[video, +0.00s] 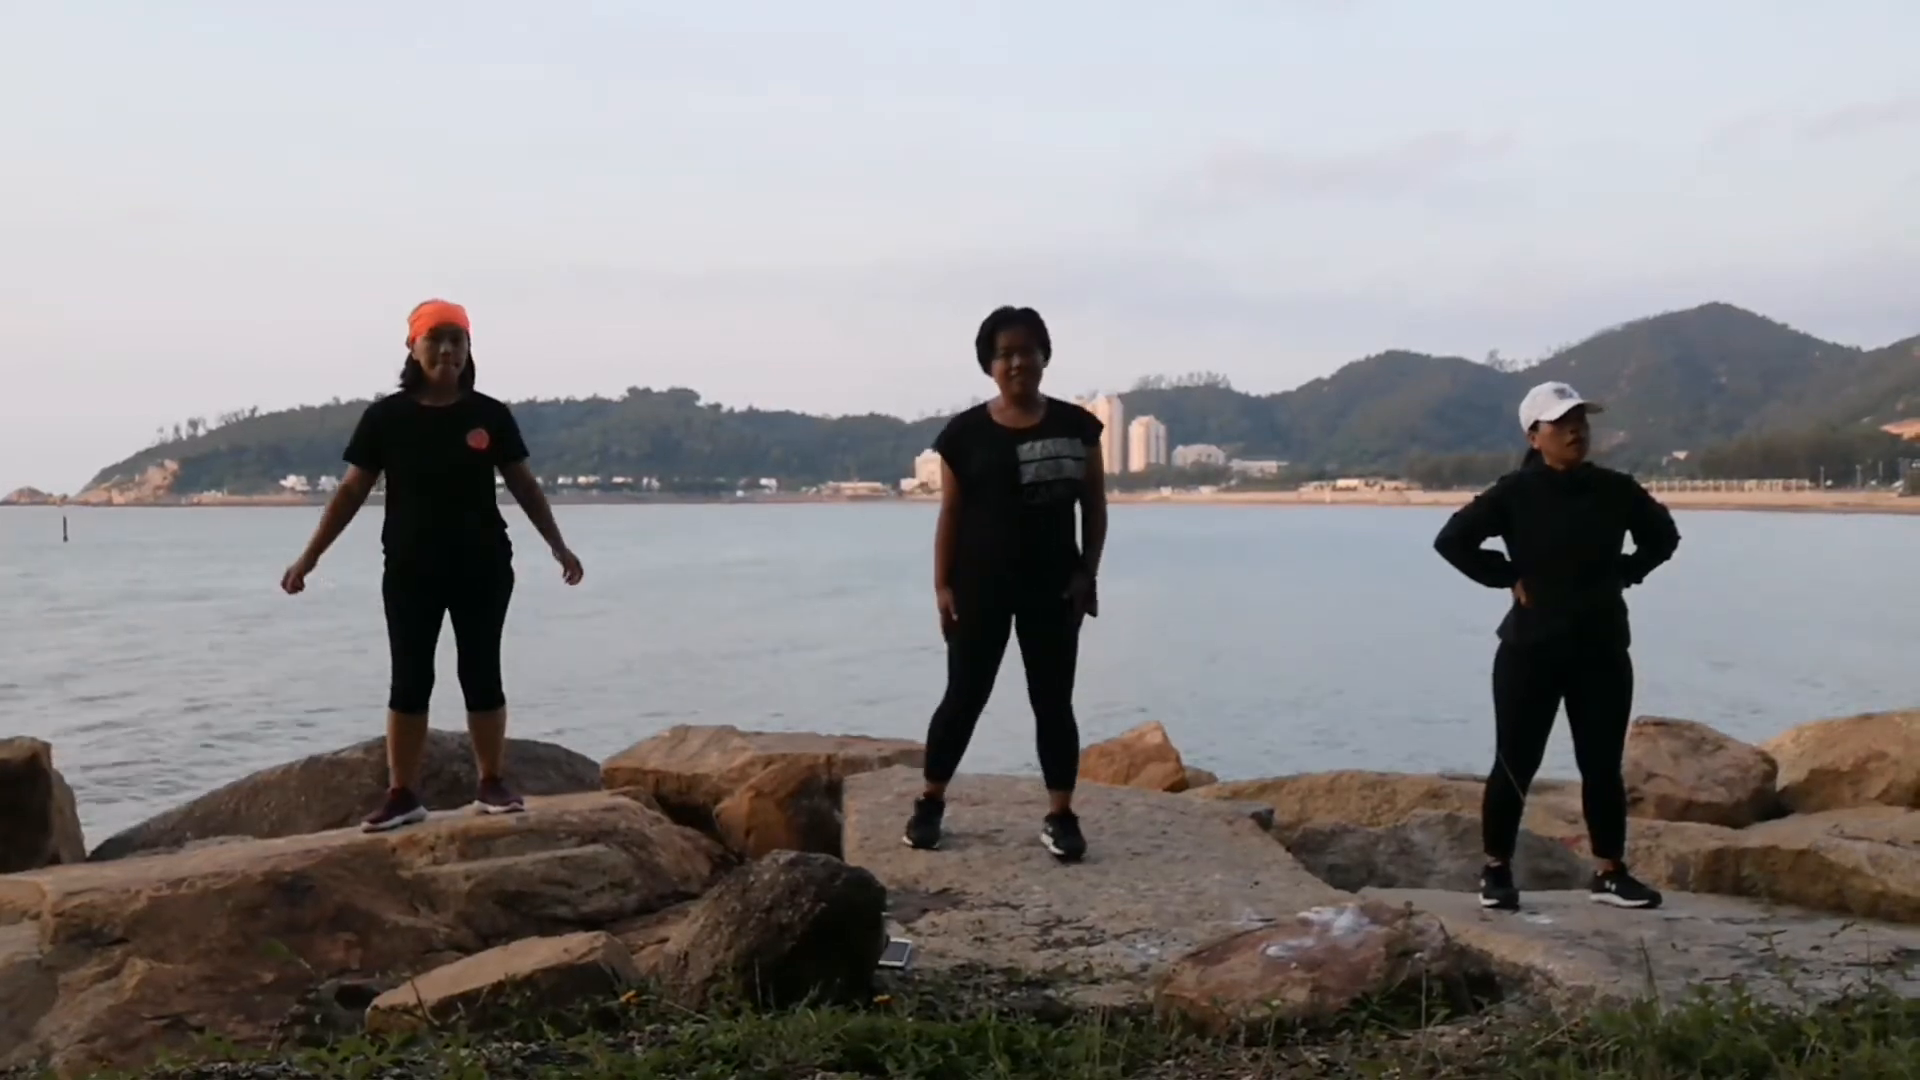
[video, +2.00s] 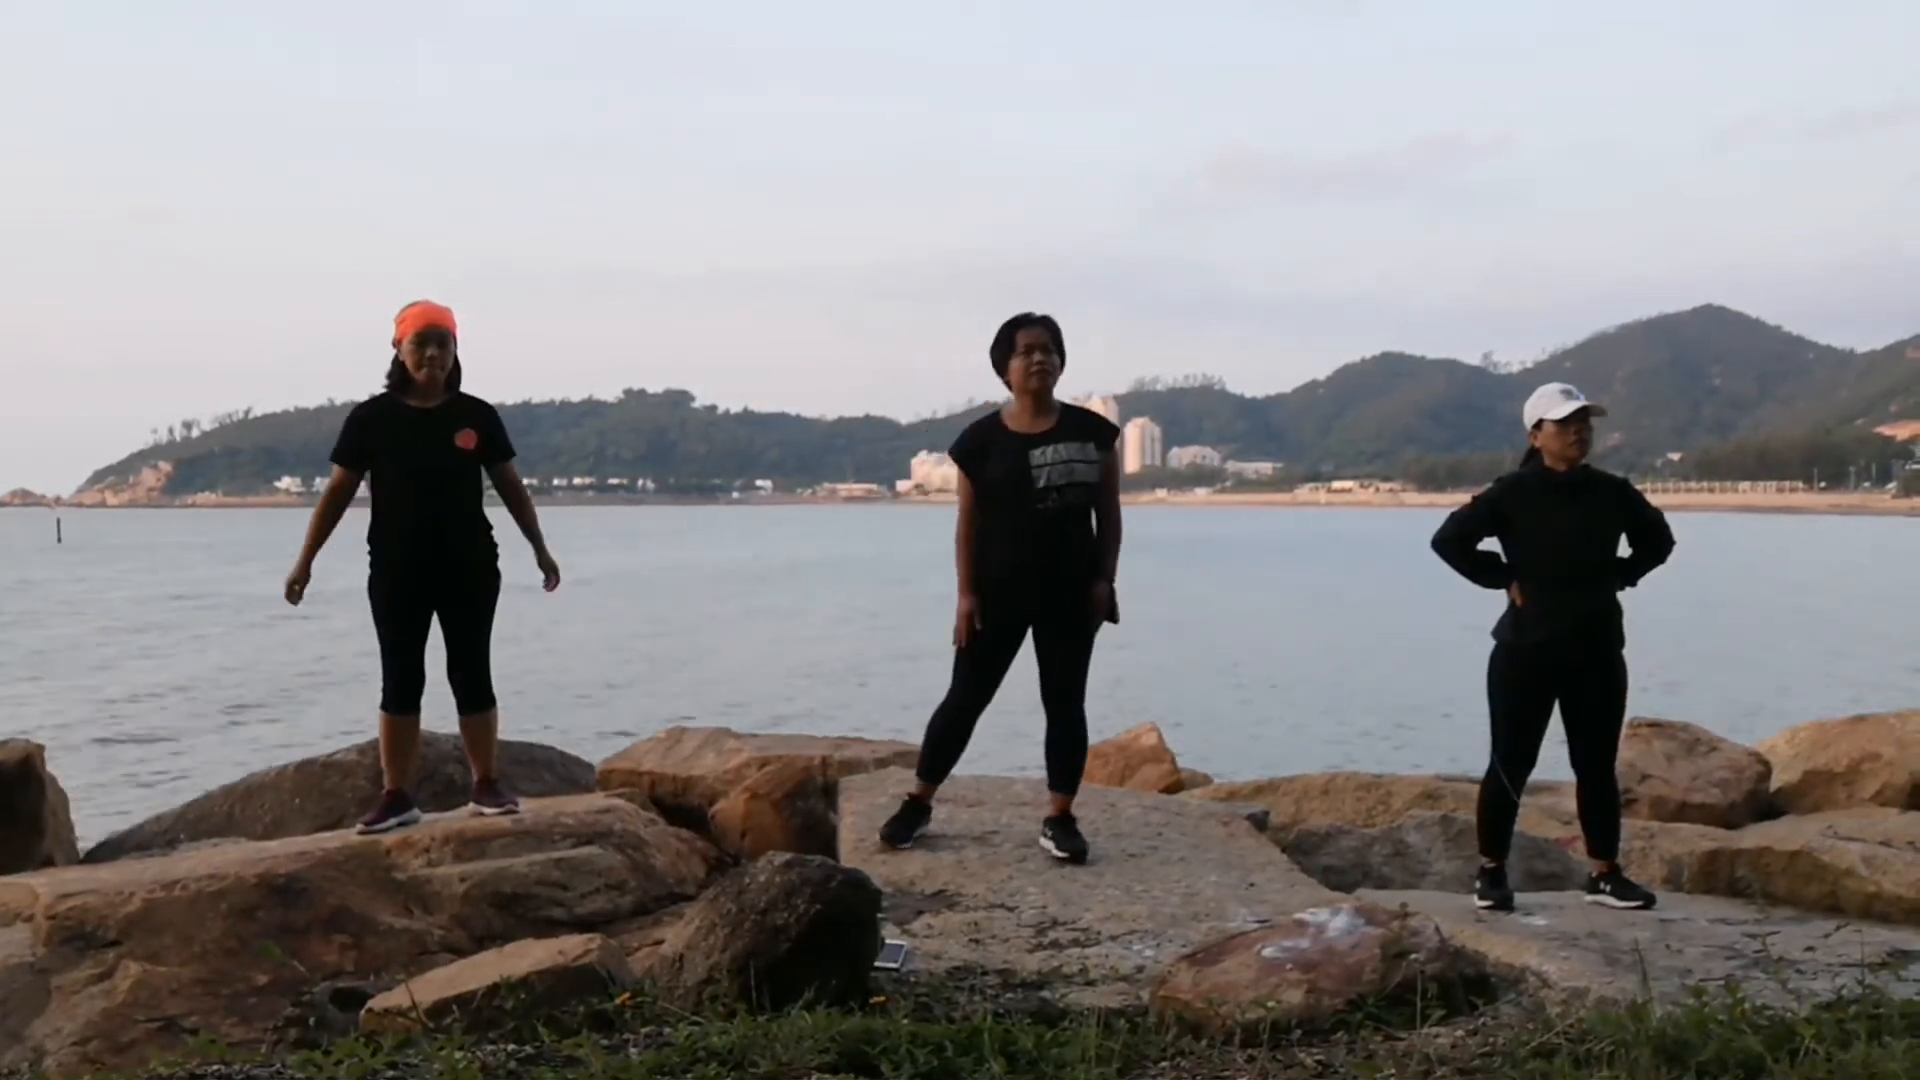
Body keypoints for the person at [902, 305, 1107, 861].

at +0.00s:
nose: (1017, 362)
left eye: (1027, 352)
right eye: (1006, 353)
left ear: (1045, 357)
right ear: (989, 363)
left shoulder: (1077, 428)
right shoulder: (964, 434)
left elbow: (1094, 509)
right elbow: (949, 517)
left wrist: (1089, 571)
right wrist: (942, 585)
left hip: (1052, 588)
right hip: (981, 588)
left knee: (1054, 703)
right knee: (963, 697)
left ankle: (1061, 813)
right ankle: (930, 803)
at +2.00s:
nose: (1038, 359)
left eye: (1047, 351)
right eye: (1025, 352)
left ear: (1061, 364)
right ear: (1004, 365)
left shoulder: (1095, 433)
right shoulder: (980, 440)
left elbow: (1110, 515)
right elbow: (966, 524)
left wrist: (1106, 581)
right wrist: (966, 593)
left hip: (1071, 593)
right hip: (1001, 594)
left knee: (1066, 707)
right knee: (963, 701)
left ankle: (1060, 816)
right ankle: (918, 802)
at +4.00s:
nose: (1002, 367)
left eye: (1014, 357)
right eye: (992, 358)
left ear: (1034, 365)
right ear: (978, 367)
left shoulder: (1062, 437)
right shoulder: (948, 437)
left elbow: (1079, 517)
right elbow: (929, 517)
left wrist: (1089, 586)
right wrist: (922, 585)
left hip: (1029, 595)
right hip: (958, 594)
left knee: (1036, 707)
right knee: (938, 703)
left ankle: (1049, 815)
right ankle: (915, 810)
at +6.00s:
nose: (978, 367)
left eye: (992, 359)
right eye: (968, 357)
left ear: (1009, 372)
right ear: (953, 368)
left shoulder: (1029, 433)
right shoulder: (926, 432)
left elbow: (1018, 500)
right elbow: (918, 518)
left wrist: (943, 481)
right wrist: (926, 590)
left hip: (1000, 591)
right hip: (931, 587)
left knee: (1018, 712)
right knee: (918, 708)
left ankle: (1045, 824)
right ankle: (905, 816)